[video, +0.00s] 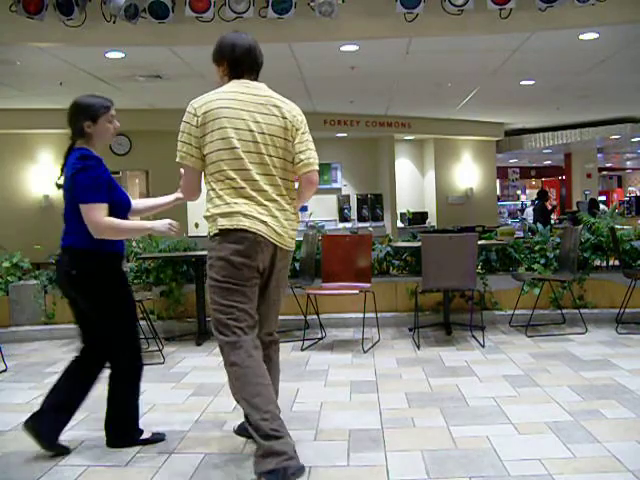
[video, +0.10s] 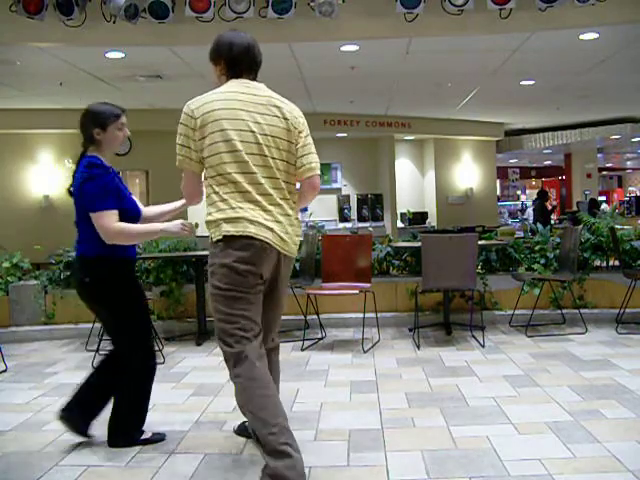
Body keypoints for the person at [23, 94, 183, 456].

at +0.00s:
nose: (117, 124)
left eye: (115, 118)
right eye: (110, 119)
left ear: (89, 127)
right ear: (90, 125)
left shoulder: (87, 162)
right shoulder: (87, 165)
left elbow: (127, 206)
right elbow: (99, 226)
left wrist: (177, 197)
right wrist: (153, 227)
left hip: (81, 265)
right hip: (97, 266)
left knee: (97, 348)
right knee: (127, 352)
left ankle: (45, 424)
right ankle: (123, 432)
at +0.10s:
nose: (127, 134)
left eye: (126, 128)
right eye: (120, 128)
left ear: (101, 134)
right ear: (98, 133)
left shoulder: (105, 171)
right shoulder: (95, 174)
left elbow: (138, 215)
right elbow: (110, 231)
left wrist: (185, 203)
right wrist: (165, 229)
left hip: (112, 270)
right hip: (104, 272)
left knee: (134, 348)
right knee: (137, 350)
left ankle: (77, 415)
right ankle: (126, 434)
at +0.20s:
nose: (136, 132)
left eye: (136, 125)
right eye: (130, 126)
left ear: (116, 132)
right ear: (108, 131)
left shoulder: (118, 168)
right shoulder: (103, 170)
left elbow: (141, 218)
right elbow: (116, 228)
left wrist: (184, 214)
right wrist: (175, 226)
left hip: (127, 268)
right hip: (113, 270)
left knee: (157, 339)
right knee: (145, 345)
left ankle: (128, 425)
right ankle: (124, 432)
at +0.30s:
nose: (147, 126)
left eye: (146, 120)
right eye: (139, 120)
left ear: (136, 126)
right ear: (117, 126)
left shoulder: (133, 162)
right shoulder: (114, 164)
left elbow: (146, 213)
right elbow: (122, 219)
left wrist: (187, 215)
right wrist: (181, 217)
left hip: (140, 263)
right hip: (121, 266)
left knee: (169, 332)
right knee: (139, 344)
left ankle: (176, 409)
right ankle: (124, 432)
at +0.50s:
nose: (167, 126)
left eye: (169, 120)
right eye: (159, 121)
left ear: (170, 127)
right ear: (140, 128)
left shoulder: (172, 166)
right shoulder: (130, 163)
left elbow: (180, 210)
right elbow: (132, 219)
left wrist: (205, 216)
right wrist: (182, 218)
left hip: (171, 263)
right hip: (139, 264)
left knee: (196, 336)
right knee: (140, 349)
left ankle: (217, 403)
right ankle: (124, 431)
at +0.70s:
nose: (189, 127)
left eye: (193, 121)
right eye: (182, 121)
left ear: (200, 124)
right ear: (168, 126)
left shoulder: (204, 161)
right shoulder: (153, 162)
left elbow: (215, 208)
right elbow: (137, 217)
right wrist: (171, 223)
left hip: (202, 255)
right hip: (164, 256)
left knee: (216, 333)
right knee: (161, 338)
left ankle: (223, 404)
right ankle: (135, 421)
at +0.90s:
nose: (207, 138)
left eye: (213, 132)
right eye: (199, 131)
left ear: (226, 134)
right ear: (190, 134)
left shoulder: (237, 167)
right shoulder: (181, 168)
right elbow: (158, 212)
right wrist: (165, 224)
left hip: (229, 258)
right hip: (189, 257)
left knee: (234, 340)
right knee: (173, 337)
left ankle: (248, 417)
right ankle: (160, 420)